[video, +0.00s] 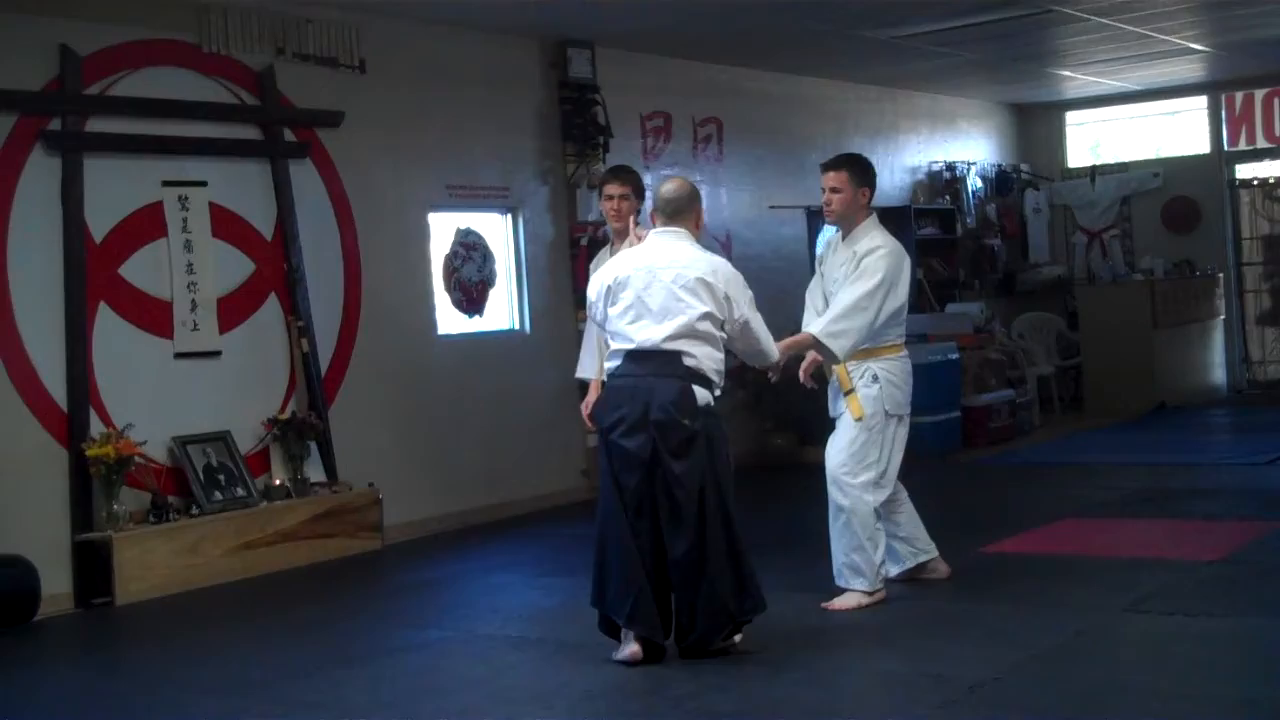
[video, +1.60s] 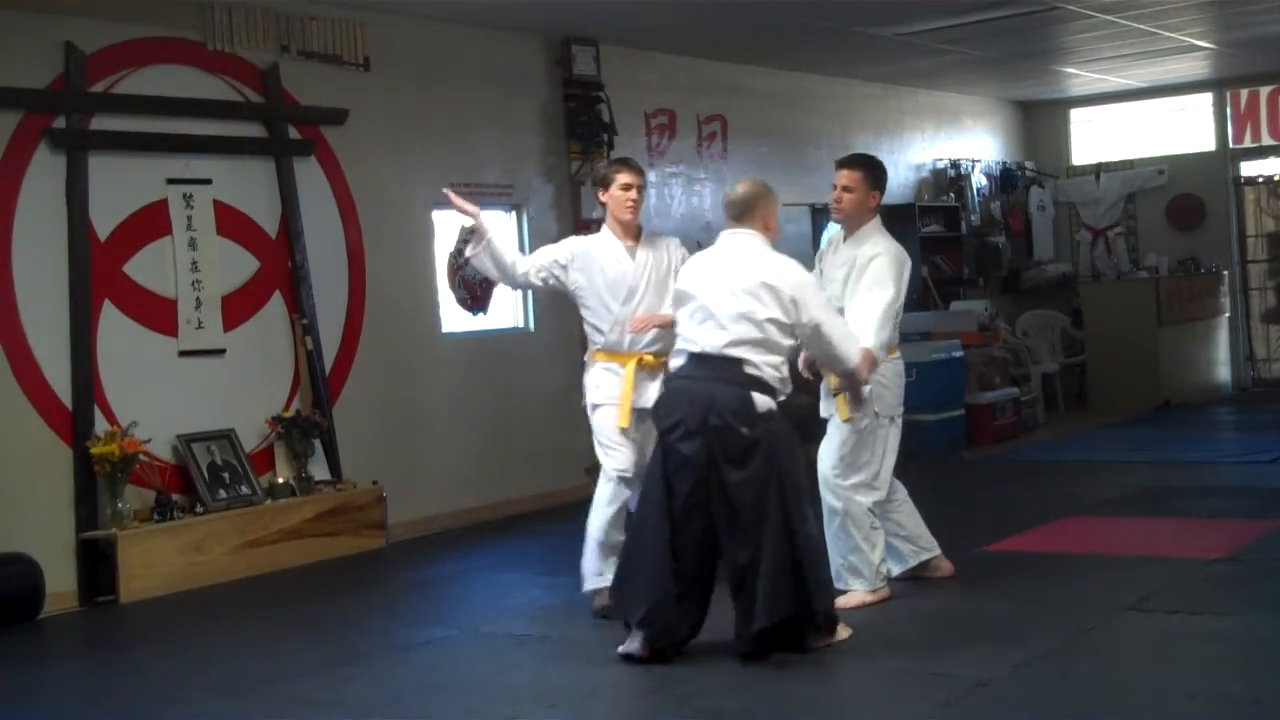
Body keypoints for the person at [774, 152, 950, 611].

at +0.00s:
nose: (825, 200)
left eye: (834, 192)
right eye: (823, 191)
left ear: (864, 196)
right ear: (825, 194)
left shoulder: (883, 251)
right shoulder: (830, 241)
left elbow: (853, 318)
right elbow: (822, 303)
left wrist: (787, 345)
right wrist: (818, 351)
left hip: (879, 372)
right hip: (846, 371)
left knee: (845, 466)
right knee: (872, 472)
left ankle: (864, 584)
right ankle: (923, 559)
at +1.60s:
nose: (835, 197)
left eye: (846, 190)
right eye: (834, 188)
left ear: (873, 198)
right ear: (834, 192)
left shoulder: (886, 254)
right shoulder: (833, 240)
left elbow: (872, 328)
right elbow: (821, 303)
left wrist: (849, 374)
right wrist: (812, 348)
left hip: (874, 375)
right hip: (842, 373)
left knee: (837, 469)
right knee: (868, 474)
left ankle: (865, 581)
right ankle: (925, 557)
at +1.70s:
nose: (839, 196)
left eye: (851, 189)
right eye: (838, 187)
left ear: (878, 198)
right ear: (837, 191)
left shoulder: (887, 255)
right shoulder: (835, 239)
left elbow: (896, 322)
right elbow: (824, 298)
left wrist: (898, 357)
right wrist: (811, 339)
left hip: (867, 380)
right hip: (836, 376)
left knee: (836, 471)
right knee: (870, 475)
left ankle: (863, 582)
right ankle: (924, 557)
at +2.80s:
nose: (843, 194)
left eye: (853, 186)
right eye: (841, 185)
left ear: (880, 192)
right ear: (841, 190)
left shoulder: (896, 249)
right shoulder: (841, 239)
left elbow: (881, 319)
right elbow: (823, 302)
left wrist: (849, 368)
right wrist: (813, 355)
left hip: (879, 371)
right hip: (849, 368)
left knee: (844, 469)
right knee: (875, 472)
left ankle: (866, 582)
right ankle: (928, 558)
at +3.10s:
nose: (837, 194)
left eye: (847, 186)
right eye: (835, 186)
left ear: (875, 191)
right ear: (836, 190)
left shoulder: (890, 249)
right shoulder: (843, 241)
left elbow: (859, 308)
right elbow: (825, 293)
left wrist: (812, 332)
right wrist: (814, 330)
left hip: (883, 372)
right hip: (853, 371)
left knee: (847, 470)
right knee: (876, 473)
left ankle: (867, 584)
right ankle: (928, 558)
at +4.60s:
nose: (891, 202)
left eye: (899, 195)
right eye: (890, 195)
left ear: (926, 201)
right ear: (898, 200)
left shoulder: (930, 255)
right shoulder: (896, 247)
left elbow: (902, 321)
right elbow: (871, 303)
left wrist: (853, 362)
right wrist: (860, 349)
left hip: (925, 370)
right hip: (891, 368)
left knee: (903, 466)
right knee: (883, 468)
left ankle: (902, 569)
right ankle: (942, 545)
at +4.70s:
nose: (899, 200)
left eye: (908, 193)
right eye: (899, 192)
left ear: (934, 199)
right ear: (906, 199)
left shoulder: (944, 252)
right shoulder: (900, 248)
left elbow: (917, 317)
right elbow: (879, 306)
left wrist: (866, 365)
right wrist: (870, 356)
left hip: (933, 367)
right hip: (895, 365)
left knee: (912, 456)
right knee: (887, 461)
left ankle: (950, 545)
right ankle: (925, 550)